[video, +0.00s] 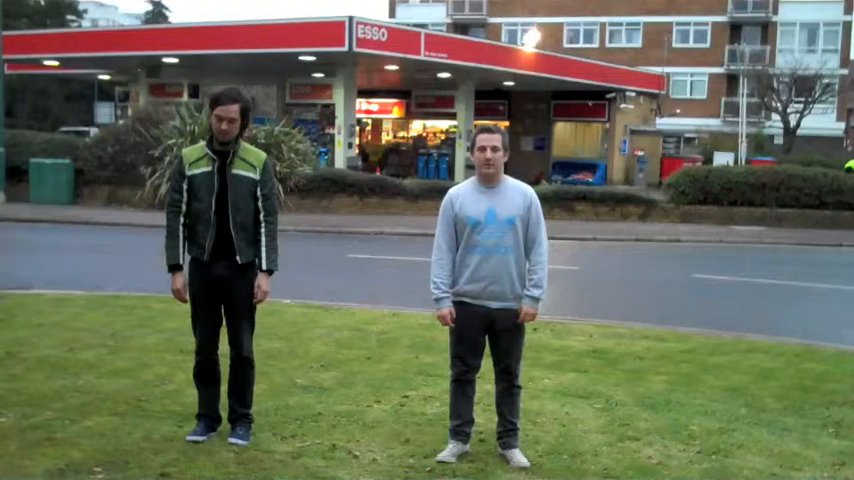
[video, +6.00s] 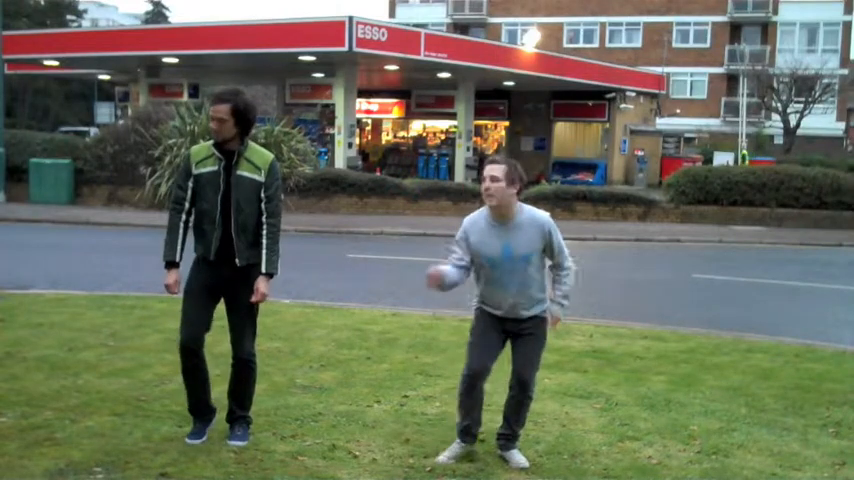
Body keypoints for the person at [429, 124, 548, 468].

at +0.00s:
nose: (487, 155)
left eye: (494, 150)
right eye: (481, 149)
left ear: (505, 155)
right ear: (472, 154)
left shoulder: (525, 196)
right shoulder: (456, 197)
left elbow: (538, 250)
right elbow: (442, 251)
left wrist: (533, 298)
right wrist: (442, 298)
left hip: (510, 305)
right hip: (466, 303)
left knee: (509, 379)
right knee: (462, 376)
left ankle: (510, 444)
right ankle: (458, 440)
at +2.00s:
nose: (487, 155)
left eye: (493, 149)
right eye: (481, 149)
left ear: (505, 155)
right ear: (472, 154)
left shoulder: (524, 195)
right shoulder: (455, 197)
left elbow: (538, 250)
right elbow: (442, 252)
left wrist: (533, 297)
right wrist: (442, 298)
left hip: (510, 305)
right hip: (466, 304)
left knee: (509, 379)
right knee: (462, 376)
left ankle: (509, 444)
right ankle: (458, 440)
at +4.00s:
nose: (487, 156)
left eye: (494, 150)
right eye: (481, 150)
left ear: (504, 155)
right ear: (472, 155)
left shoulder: (524, 196)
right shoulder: (455, 197)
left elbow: (537, 250)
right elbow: (443, 252)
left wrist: (531, 298)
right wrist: (443, 299)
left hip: (510, 305)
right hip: (467, 304)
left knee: (509, 379)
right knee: (462, 376)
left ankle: (509, 444)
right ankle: (458, 440)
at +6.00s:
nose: (486, 186)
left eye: (495, 180)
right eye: (484, 180)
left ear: (515, 187)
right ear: (481, 185)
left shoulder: (541, 223)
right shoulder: (472, 225)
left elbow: (564, 265)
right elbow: (459, 266)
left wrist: (558, 305)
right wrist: (444, 276)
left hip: (531, 317)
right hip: (489, 314)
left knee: (524, 383)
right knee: (473, 372)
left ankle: (508, 444)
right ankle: (465, 440)